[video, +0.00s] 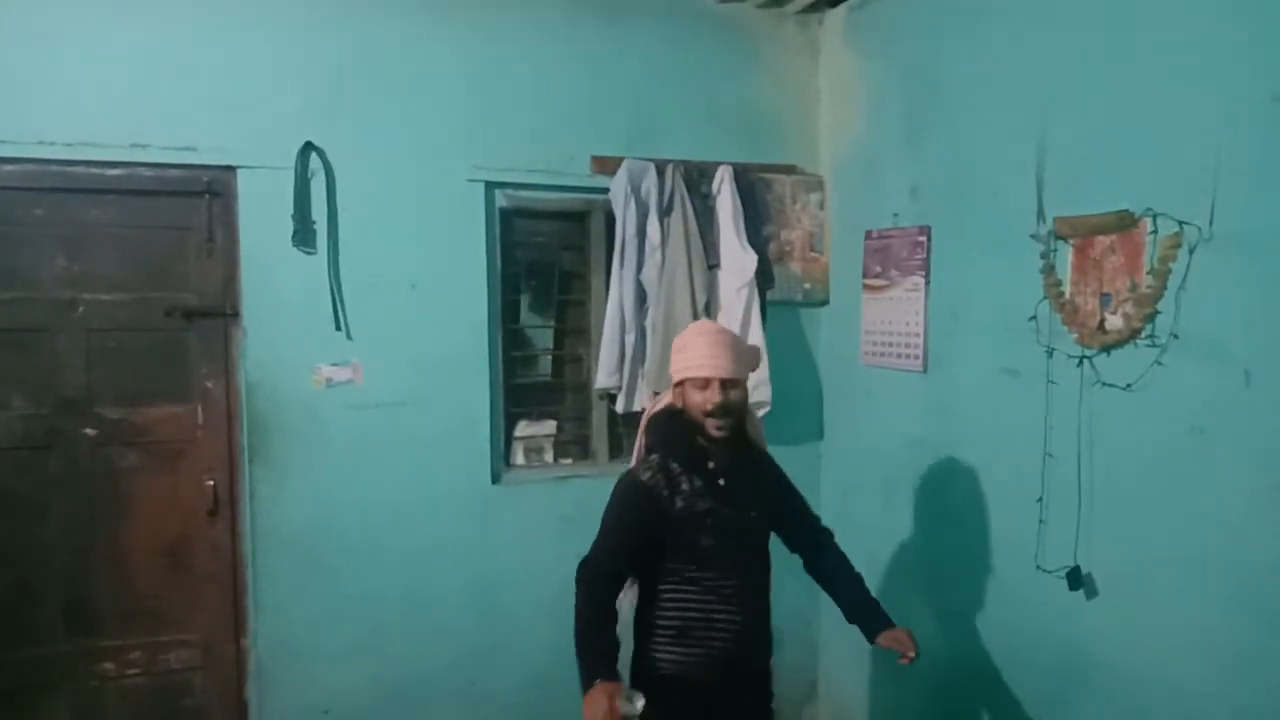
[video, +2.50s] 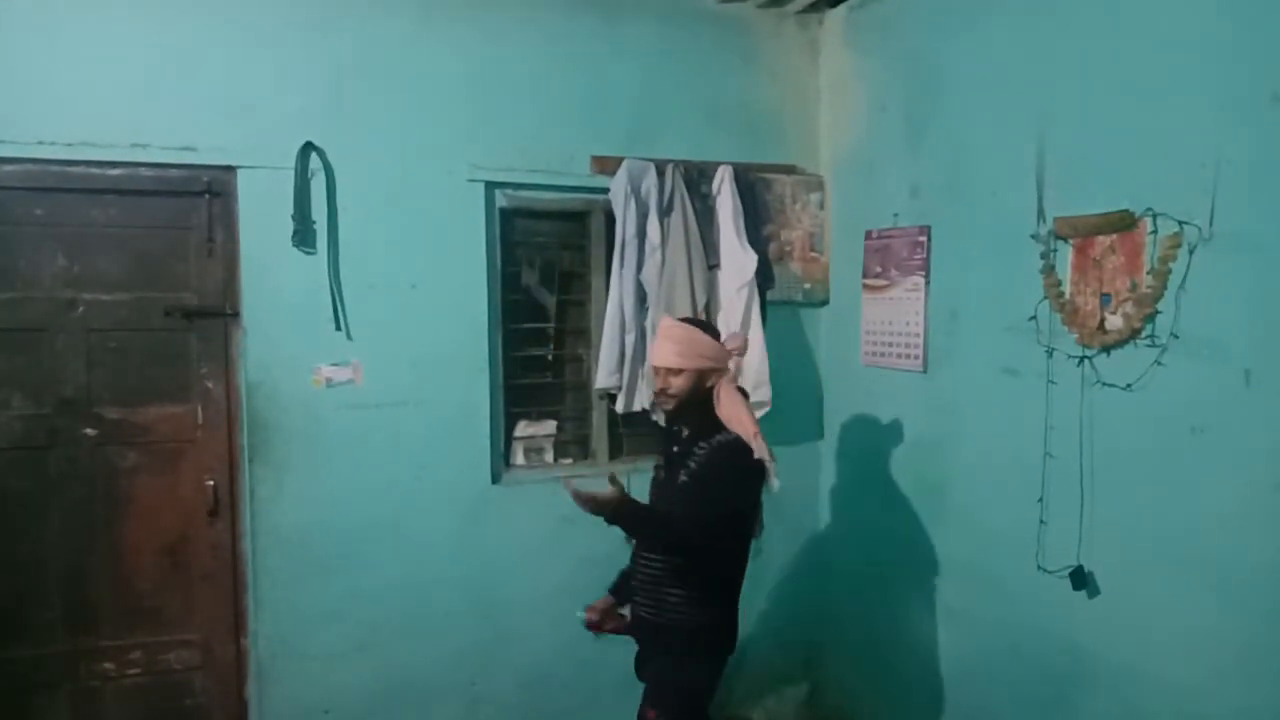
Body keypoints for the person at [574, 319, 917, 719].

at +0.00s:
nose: (718, 399)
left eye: (730, 385)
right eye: (702, 385)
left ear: (746, 391)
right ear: (678, 392)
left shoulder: (757, 471)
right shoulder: (649, 481)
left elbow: (815, 545)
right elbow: (597, 579)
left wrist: (876, 623)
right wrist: (601, 679)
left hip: (746, 683)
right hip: (670, 686)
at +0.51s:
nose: (752, 407)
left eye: (768, 395)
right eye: (741, 393)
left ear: (794, 400)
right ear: (729, 396)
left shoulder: (834, 479)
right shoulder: (709, 478)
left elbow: (867, 579)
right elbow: (686, 571)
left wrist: (841, 673)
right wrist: (676, 656)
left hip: (805, 670)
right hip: (726, 668)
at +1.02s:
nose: (755, 391)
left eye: (768, 381)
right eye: (746, 379)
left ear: (793, 376)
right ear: (735, 376)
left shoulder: (828, 432)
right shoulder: (730, 425)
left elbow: (816, 490)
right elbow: (683, 469)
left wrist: (770, 486)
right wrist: (654, 469)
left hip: (816, 608)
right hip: (745, 606)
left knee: (817, 710)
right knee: (748, 709)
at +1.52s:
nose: (731, 371)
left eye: (744, 361)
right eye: (724, 359)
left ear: (770, 366)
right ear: (715, 361)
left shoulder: (804, 425)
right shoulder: (717, 422)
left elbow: (800, 500)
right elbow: (680, 477)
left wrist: (738, 504)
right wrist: (658, 490)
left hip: (799, 599)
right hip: (740, 595)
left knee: (770, 709)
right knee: (740, 708)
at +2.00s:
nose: (704, 374)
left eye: (717, 364)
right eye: (697, 362)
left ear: (745, 368)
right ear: (688, 363)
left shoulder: (778, 433)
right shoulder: (707, 425)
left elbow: (805, 538)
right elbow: (719, 509)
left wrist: (761, 614)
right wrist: (706, 588)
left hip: (757, 602)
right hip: (715, 592)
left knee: (694, 710)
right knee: (744, 709)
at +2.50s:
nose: (662, 385)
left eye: (676, 374)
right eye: (657, 372)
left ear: (708, 378)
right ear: (651, 372)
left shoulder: (730, 454)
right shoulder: (681, 441)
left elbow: (693, 539)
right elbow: (659, 538)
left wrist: (625, 511)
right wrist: (616, 598)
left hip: (696, 637)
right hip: (663, 630)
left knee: (669, 710)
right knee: (665, 708)